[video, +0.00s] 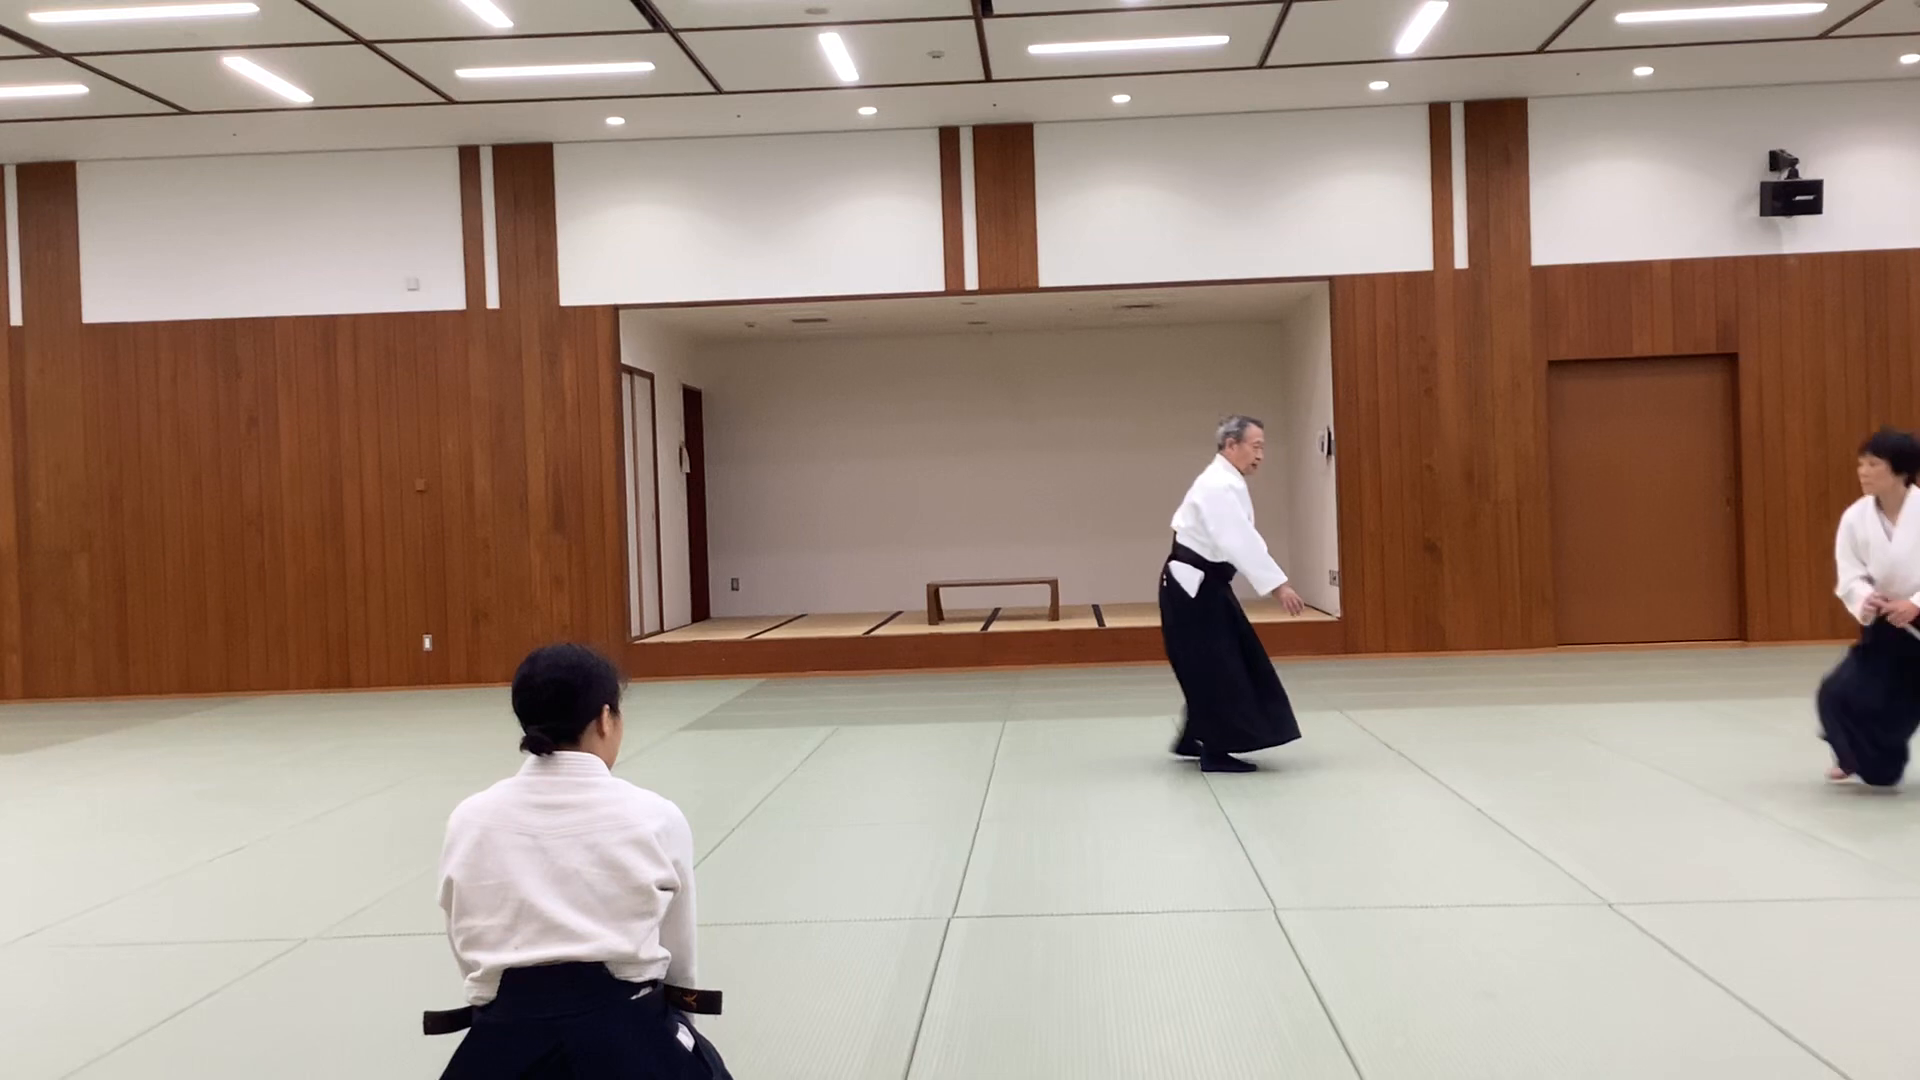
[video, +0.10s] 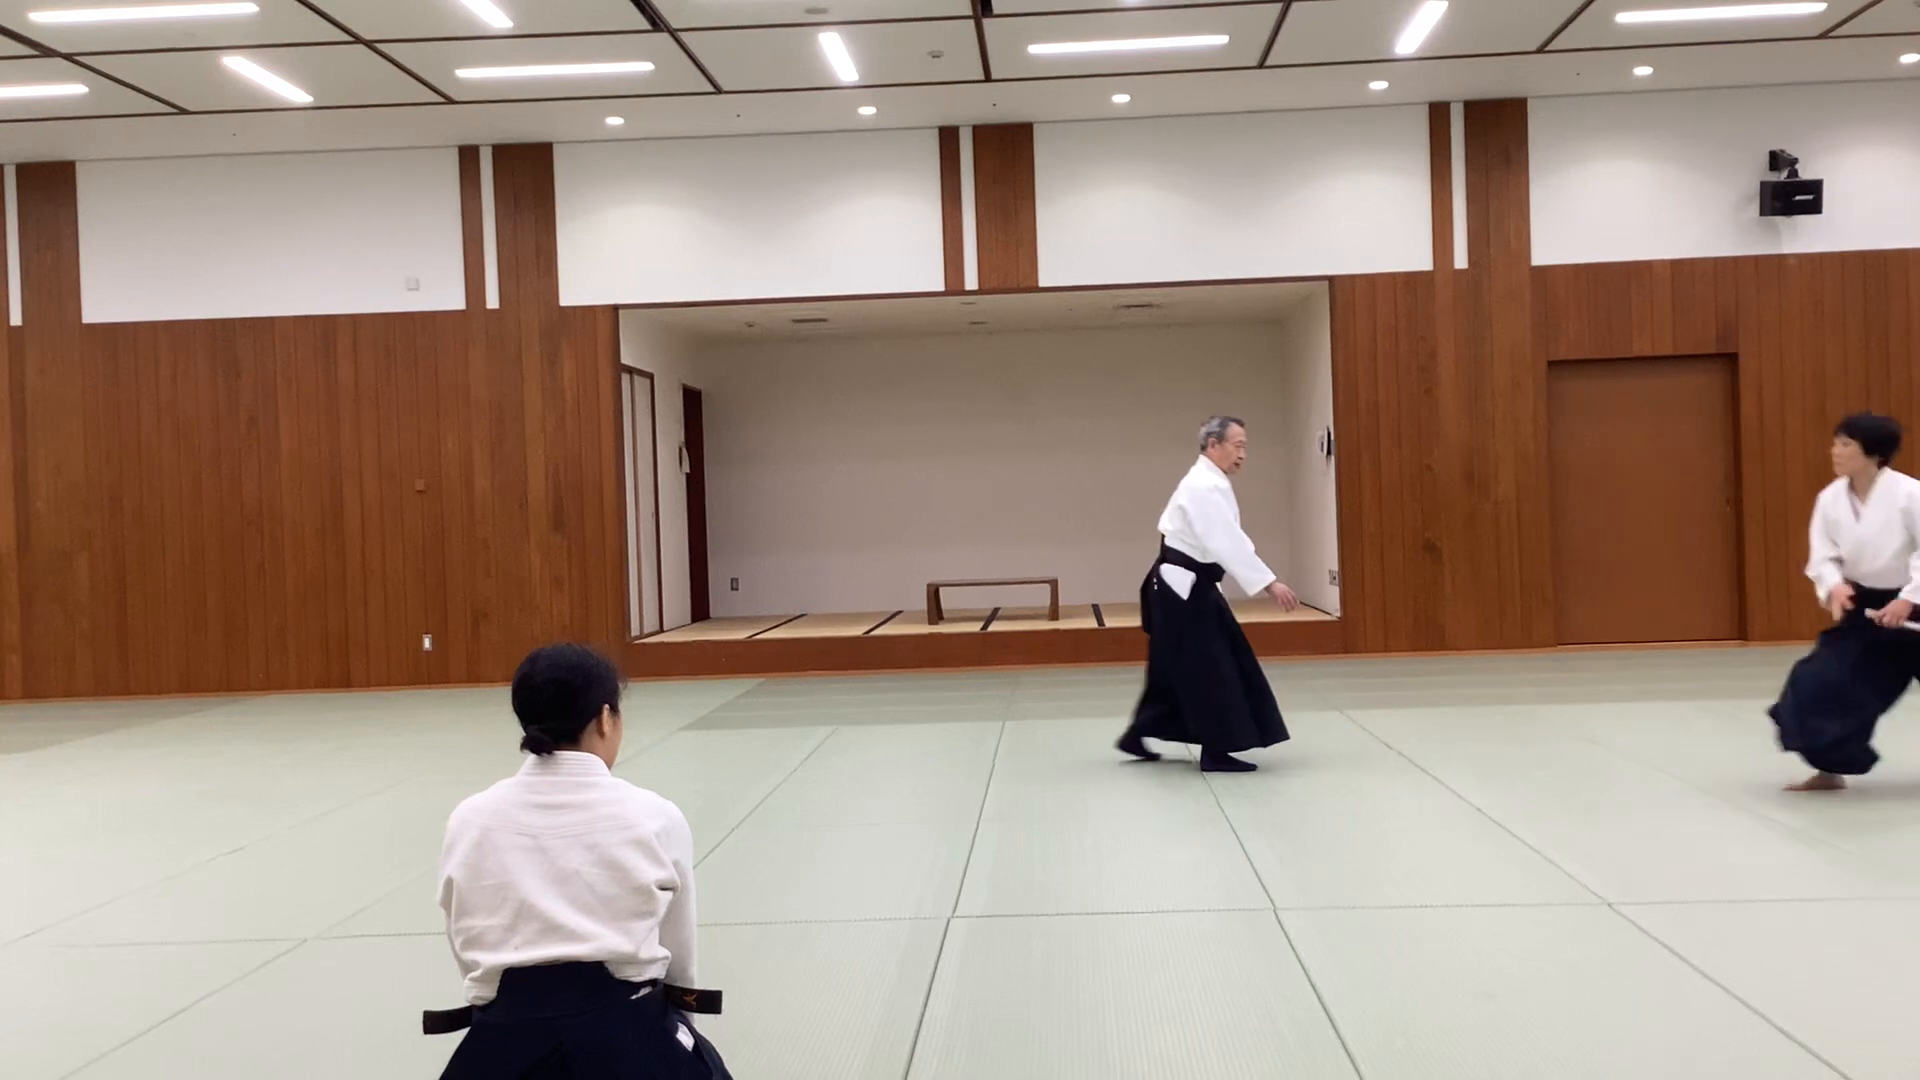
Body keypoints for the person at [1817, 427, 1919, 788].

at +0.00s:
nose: (1862, 471)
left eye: (1872, 464)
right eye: (1860, 463)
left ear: (1899, 470)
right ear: (1857, 468)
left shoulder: (1919, 510)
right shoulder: (1855, 517)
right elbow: (1848, 576)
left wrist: (1916, 604)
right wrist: (1865, 599)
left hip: (1917, 631)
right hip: (1882, 630)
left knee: (1899, 705)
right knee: (1836, 691)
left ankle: (1879, 763)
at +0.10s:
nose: (1834, 452)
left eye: (1845, 446)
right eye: (1834, 444)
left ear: (1872, 453)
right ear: (1835, 449)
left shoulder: (1908, 494)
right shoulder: (1829, 498)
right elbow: (1821, 558)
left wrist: (1908, 598)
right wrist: (1834, 586)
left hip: (1906, 613)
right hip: (1858, 611)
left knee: (1858, 685)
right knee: (1813, 678)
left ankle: (1835, 765)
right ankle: (1829, 770)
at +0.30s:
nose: (1779, 421)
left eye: (1789, 415)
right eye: (1781, 413)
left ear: (1816, 424)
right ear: (1792, 423)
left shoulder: (1852, 468)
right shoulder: (1773, 469)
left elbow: (1881, 527)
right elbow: (1758, 526)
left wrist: (1888, 586)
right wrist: (1760, 575)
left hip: (1852, 583)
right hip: (1803, 583)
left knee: (1873, 668)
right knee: (1787, 668)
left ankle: (1911, 749)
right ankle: (1817, 755)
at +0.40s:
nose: (1753, 432)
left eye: (1763, 427)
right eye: (1755, 424)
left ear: (1789, 436)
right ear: (1774, 435)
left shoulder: (1825, 478)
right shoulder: (1750, 479)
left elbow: (1856, 536)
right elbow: (1735, 535)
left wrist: (1856, 598)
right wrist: (1729, 587)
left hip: (1821, 592)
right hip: (1775, 591)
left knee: (1834, 676)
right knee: (1732, 665)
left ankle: (1897, 762)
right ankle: (1764, 755)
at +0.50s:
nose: (1715, 444)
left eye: (1725, 439)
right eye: (1717, 437)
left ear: (1751, 449)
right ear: (1734, 449)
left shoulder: (1785, 492)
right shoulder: (1716, 492)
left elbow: (1810, 552)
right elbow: (1707, 550)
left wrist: (1807, 612)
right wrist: (1692, 597)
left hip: (1784, 605)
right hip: (1742, 605)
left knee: (1821, 685)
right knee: (1679, 666)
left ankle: (1882, 770)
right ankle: (1662, 759)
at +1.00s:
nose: (1456, 454)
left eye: (1461, 449)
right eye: (1458, 448)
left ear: (1478, 456)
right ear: (1498, 455)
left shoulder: (1472, 496)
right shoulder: (1522, 481)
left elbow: (1409, 487)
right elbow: (1557, 507)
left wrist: (1423, 440)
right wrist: (1528, 532)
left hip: (1501, 602)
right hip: (1534, 595)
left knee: (1442, 672)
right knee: (1541, 686)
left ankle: (1380, 752)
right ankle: (1606, 761)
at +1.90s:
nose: (1321, 527)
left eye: (1324, 521)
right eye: (1322, 519)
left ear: (1299, 503)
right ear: (1310, 510)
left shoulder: (1277, 520)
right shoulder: (1290, 518)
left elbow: (1284, 581)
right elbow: (1266, 552)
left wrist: (1319, 596)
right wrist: (1289, 552)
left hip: (1213, 596)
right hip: (1232, 602)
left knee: (1236, 679)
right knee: (1259, 681)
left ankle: (1223, 752)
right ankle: (1211, 751)